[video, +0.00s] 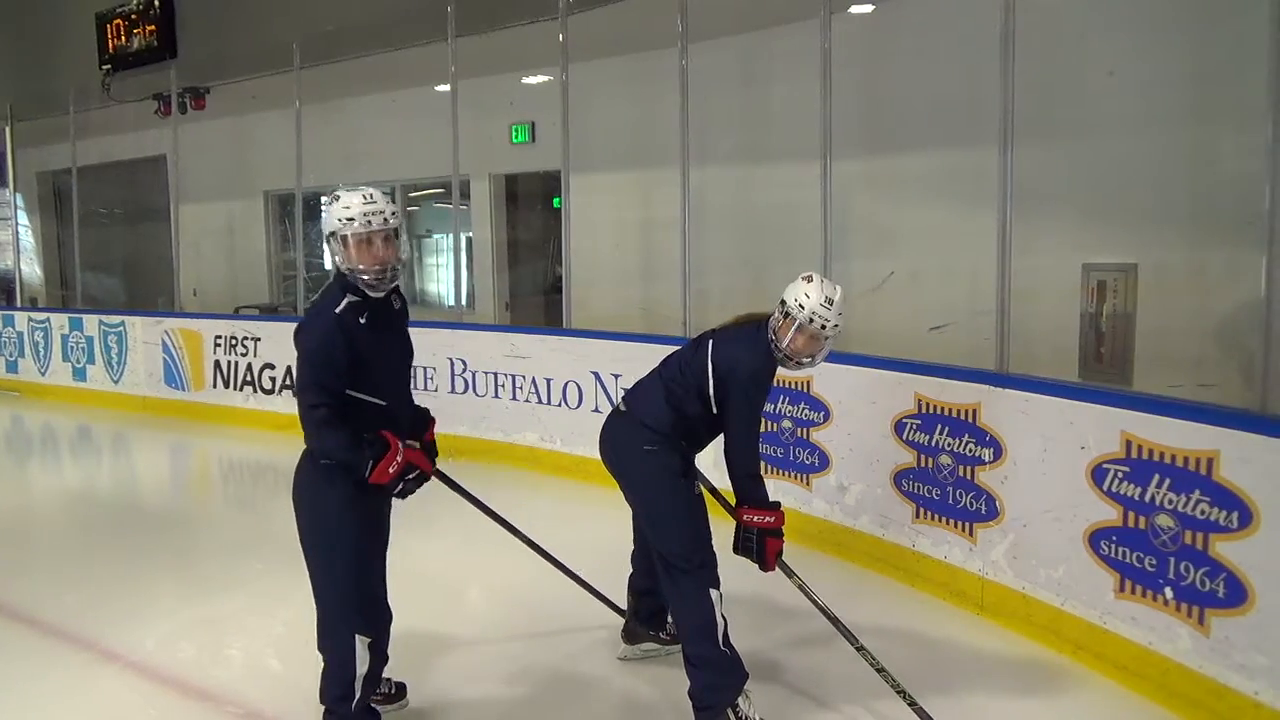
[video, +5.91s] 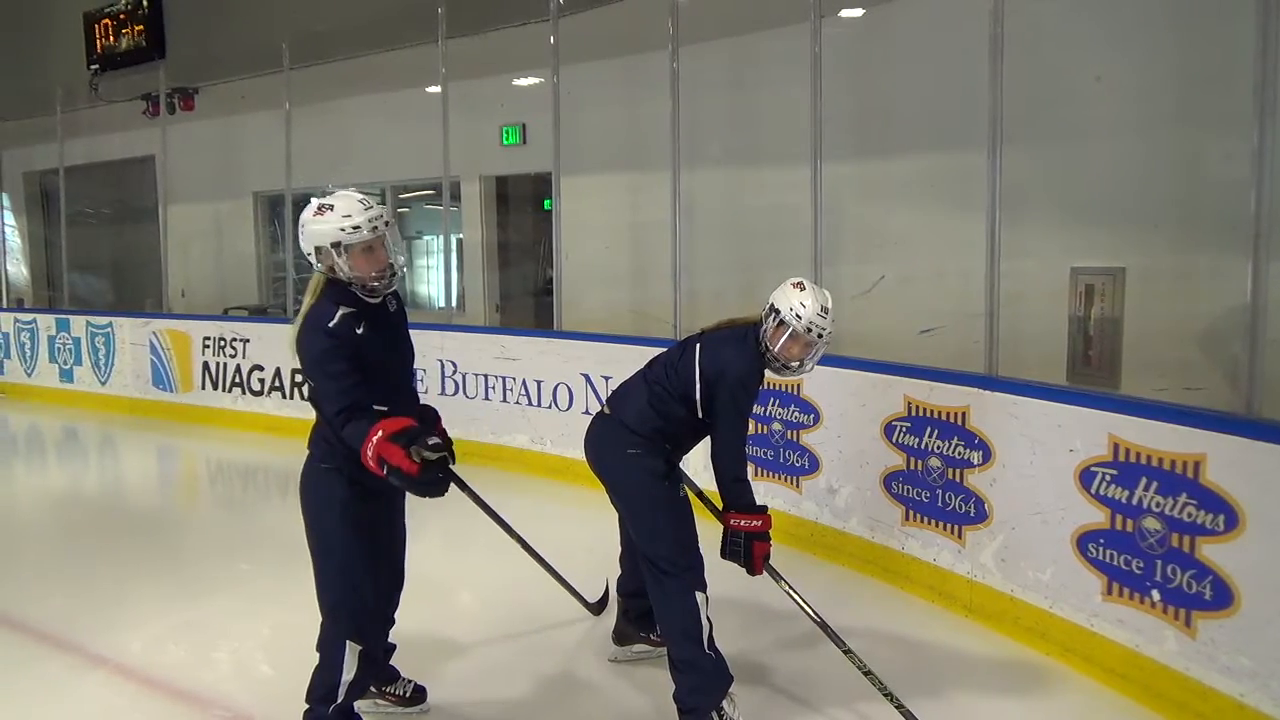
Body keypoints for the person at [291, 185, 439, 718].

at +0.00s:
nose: (378, 254)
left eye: (385, 240)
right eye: (363, 243)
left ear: (397, 244)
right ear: (341, 251)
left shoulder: (391, 306)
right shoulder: (327, 320)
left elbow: (393, 387)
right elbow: (319, 421)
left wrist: (420, 431)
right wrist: (375, 459)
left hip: (372, 477)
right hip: (329, 481)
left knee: (373, 586)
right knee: (339, 599)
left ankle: (368, 681)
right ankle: (341, 704)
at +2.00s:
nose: (369, 242)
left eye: (368, 232)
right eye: (357, 232)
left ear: (348, 240)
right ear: (322, 239)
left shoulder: (344, 296)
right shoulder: (306, 305)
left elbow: (356, 392)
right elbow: (302, 407)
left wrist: (397, 431)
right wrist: (373, 441)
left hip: (349, 471)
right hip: (314, 476)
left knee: (355, 579)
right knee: (319, 592)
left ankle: (347, 674)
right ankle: (298, 705)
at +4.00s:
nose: (362, 247)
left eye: (371, 235)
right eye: (349, 237)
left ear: (387, 240)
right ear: (328, 246)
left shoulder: (383, 305)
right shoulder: (321, 316)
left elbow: (394, 391)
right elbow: (319, 411)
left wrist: (428, 435)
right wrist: (397, 439)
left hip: (381, 472)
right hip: (335, 477)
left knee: (384, 579)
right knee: (343, 596)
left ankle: (370, 668)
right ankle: (317, 706)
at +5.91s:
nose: (379, 258)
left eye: (381, 244)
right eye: (363, 250)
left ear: (388, 241)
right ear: (332, 260)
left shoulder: (388, 302)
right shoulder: (324, 323)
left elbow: (400, 386)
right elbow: (345, 411)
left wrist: (428, 429)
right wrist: (396, 452)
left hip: (383, 473)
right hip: (338, 477)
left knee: (385, 581)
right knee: (350, 594)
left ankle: (373, 673)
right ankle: (326, 704)